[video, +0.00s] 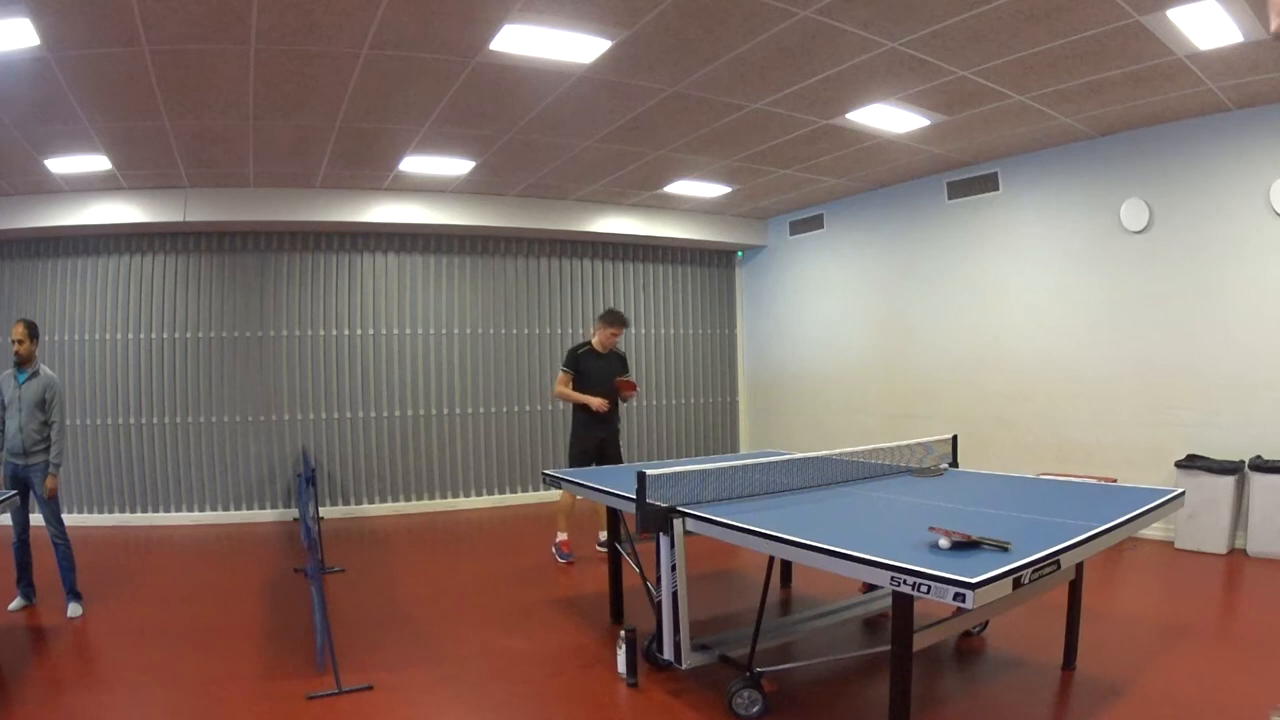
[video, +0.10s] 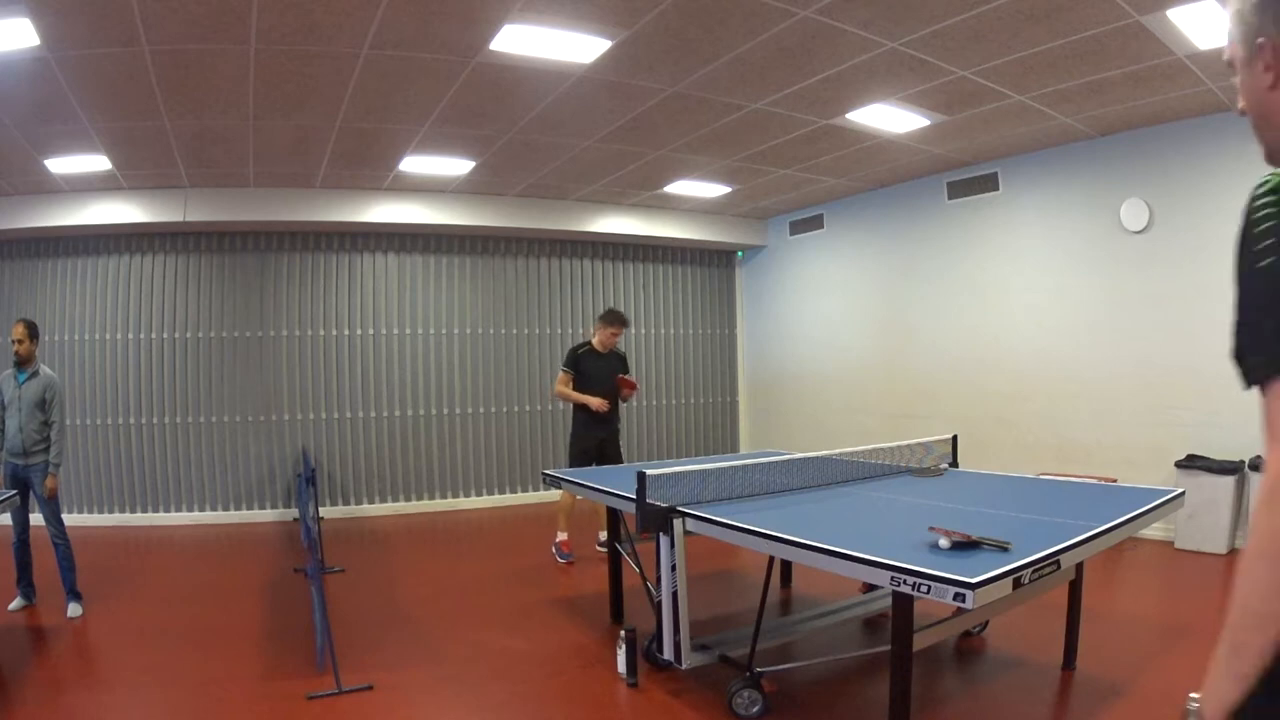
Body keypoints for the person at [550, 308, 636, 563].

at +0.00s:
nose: (616, 341)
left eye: (619, 336)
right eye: (613, 335)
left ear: (619, 335)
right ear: (599, 329)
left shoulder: (619, 358)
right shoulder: (576, 355)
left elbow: (623, 395)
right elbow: (559, 389)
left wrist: (627, 392)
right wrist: (589, 399)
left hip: (610, 432)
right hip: (583, 433)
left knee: (612, 484)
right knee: (572, 486)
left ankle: (605, 536)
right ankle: (562, 538)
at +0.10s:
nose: (616, 340)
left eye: (619, 336)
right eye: (614, 335)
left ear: (618, 334)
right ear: (600, 329)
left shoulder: (618, 358)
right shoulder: (577, 354)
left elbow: (623, 396)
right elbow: (559, 389)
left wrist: (627, 391)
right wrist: (588, 399)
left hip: (610, 432)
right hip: (583, 432)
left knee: (612, 483)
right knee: (572, 485)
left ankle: (605, 536)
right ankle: (561, 538)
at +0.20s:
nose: (616, 340)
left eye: (619, 336)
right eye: (613, 335)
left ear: (619, 334)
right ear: (599, 330)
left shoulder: (619, 358)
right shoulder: (577, 354)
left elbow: (623, 398)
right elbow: (559, 389)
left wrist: (628, 389)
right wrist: (588, 400)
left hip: (610, 432)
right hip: (583, 433)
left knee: (611, 484)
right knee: (572, 486)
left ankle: (605, 536)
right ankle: (562, 538)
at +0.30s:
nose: (617, 341)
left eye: (619, 336)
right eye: (614, 336)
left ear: (619, 335)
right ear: (600, 331)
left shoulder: (618, 359)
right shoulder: (577, 354)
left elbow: (622, 398)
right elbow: (559, 390)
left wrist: (626, 388)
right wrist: (587, 401)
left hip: (609, 432)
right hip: (583, 432)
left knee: (611, 484)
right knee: (572, 486)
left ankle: (605, 536)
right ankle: (562, 538)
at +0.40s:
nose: (617, 342)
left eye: (619, 338)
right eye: (614, 337)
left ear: (618, 335)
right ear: (599, 332)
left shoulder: (617, 360)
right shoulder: (576, 355)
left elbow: (619, 397)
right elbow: (559, 390)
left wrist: (624, 392)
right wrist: (585, 402)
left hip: (608, 432)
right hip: (582, 432)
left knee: (611, 484)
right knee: (572, 485)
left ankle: (605, 535)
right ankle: (561, 538)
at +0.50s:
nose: (616, 344)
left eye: (618, 339)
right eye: (613, 339)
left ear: (617, 336)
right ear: (599, 333)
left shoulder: (614, 359)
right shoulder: (574, 355)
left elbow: (617, 396)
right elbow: (556, 391)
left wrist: (624, 393)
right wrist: (583, 402)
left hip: (606, 432)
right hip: (580, 433)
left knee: (609, 484)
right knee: (571, 486)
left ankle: (605, 536)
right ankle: (561, 539)